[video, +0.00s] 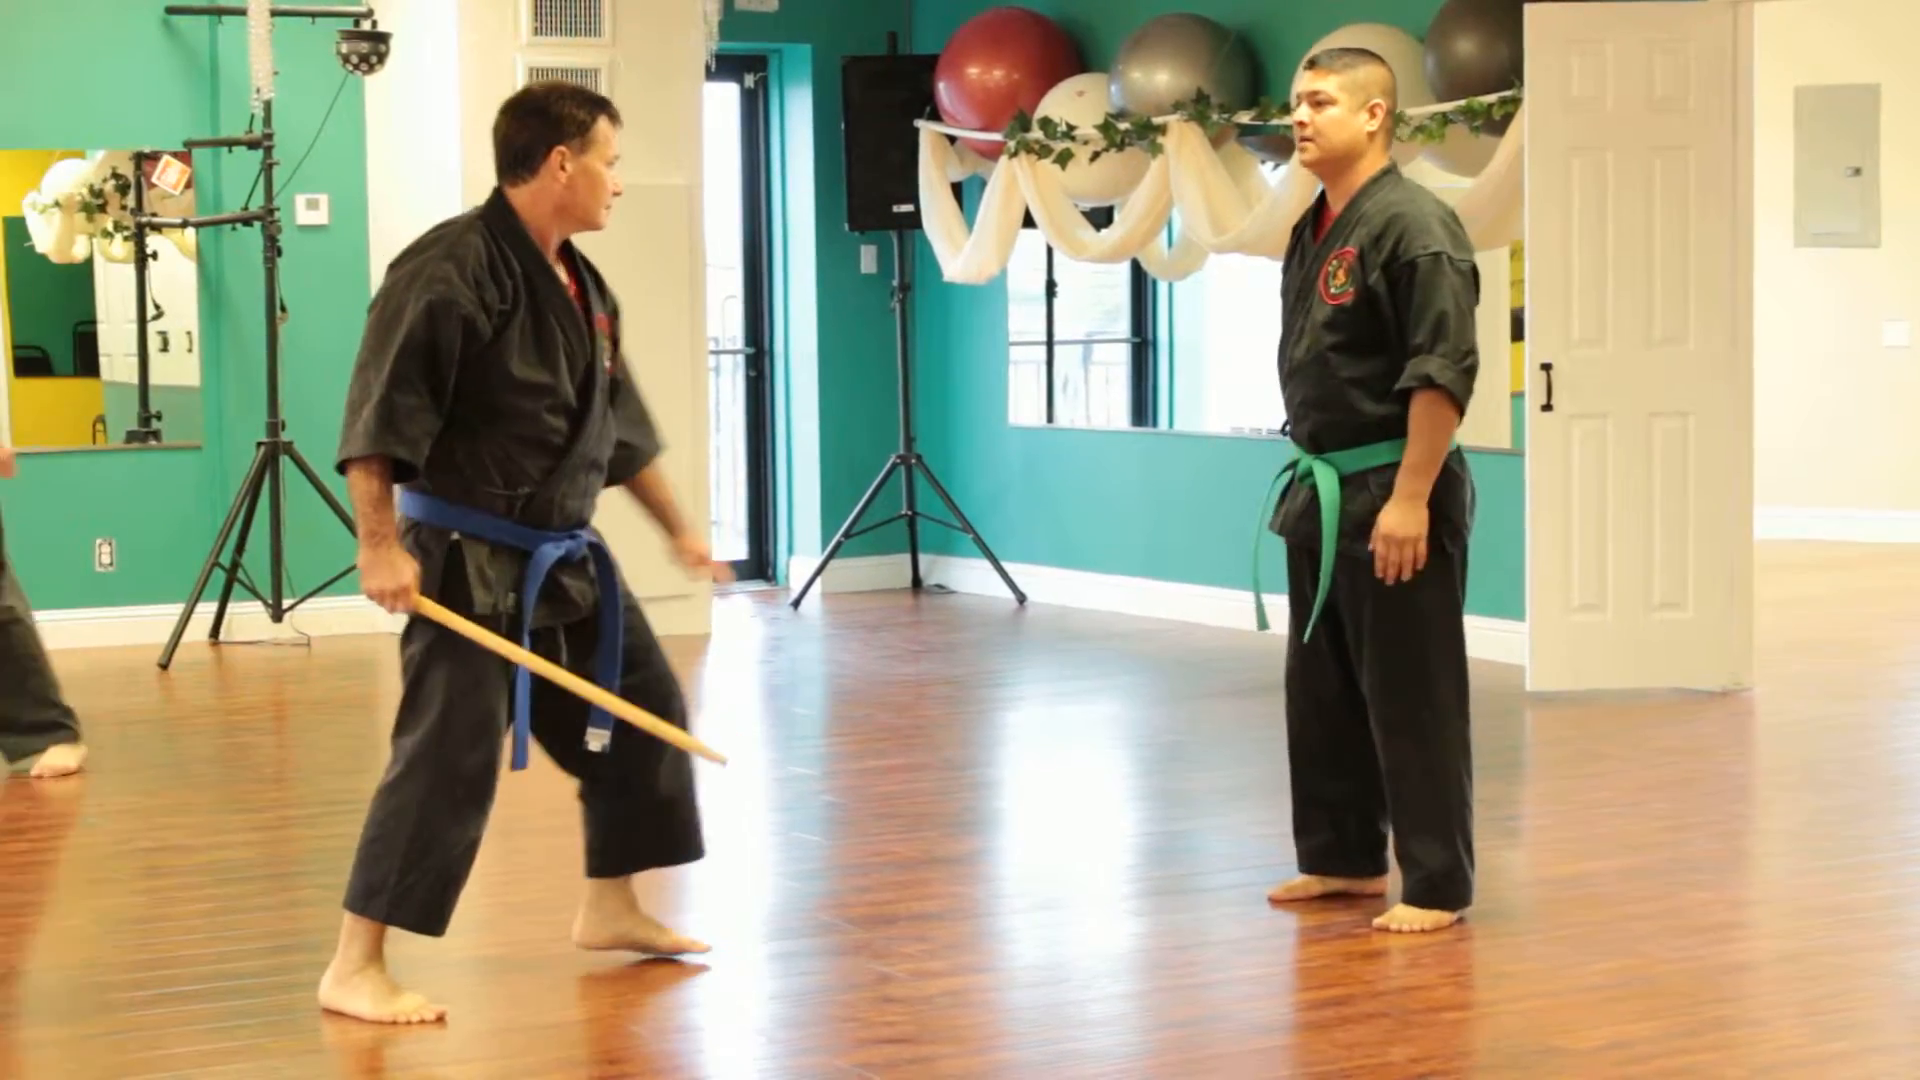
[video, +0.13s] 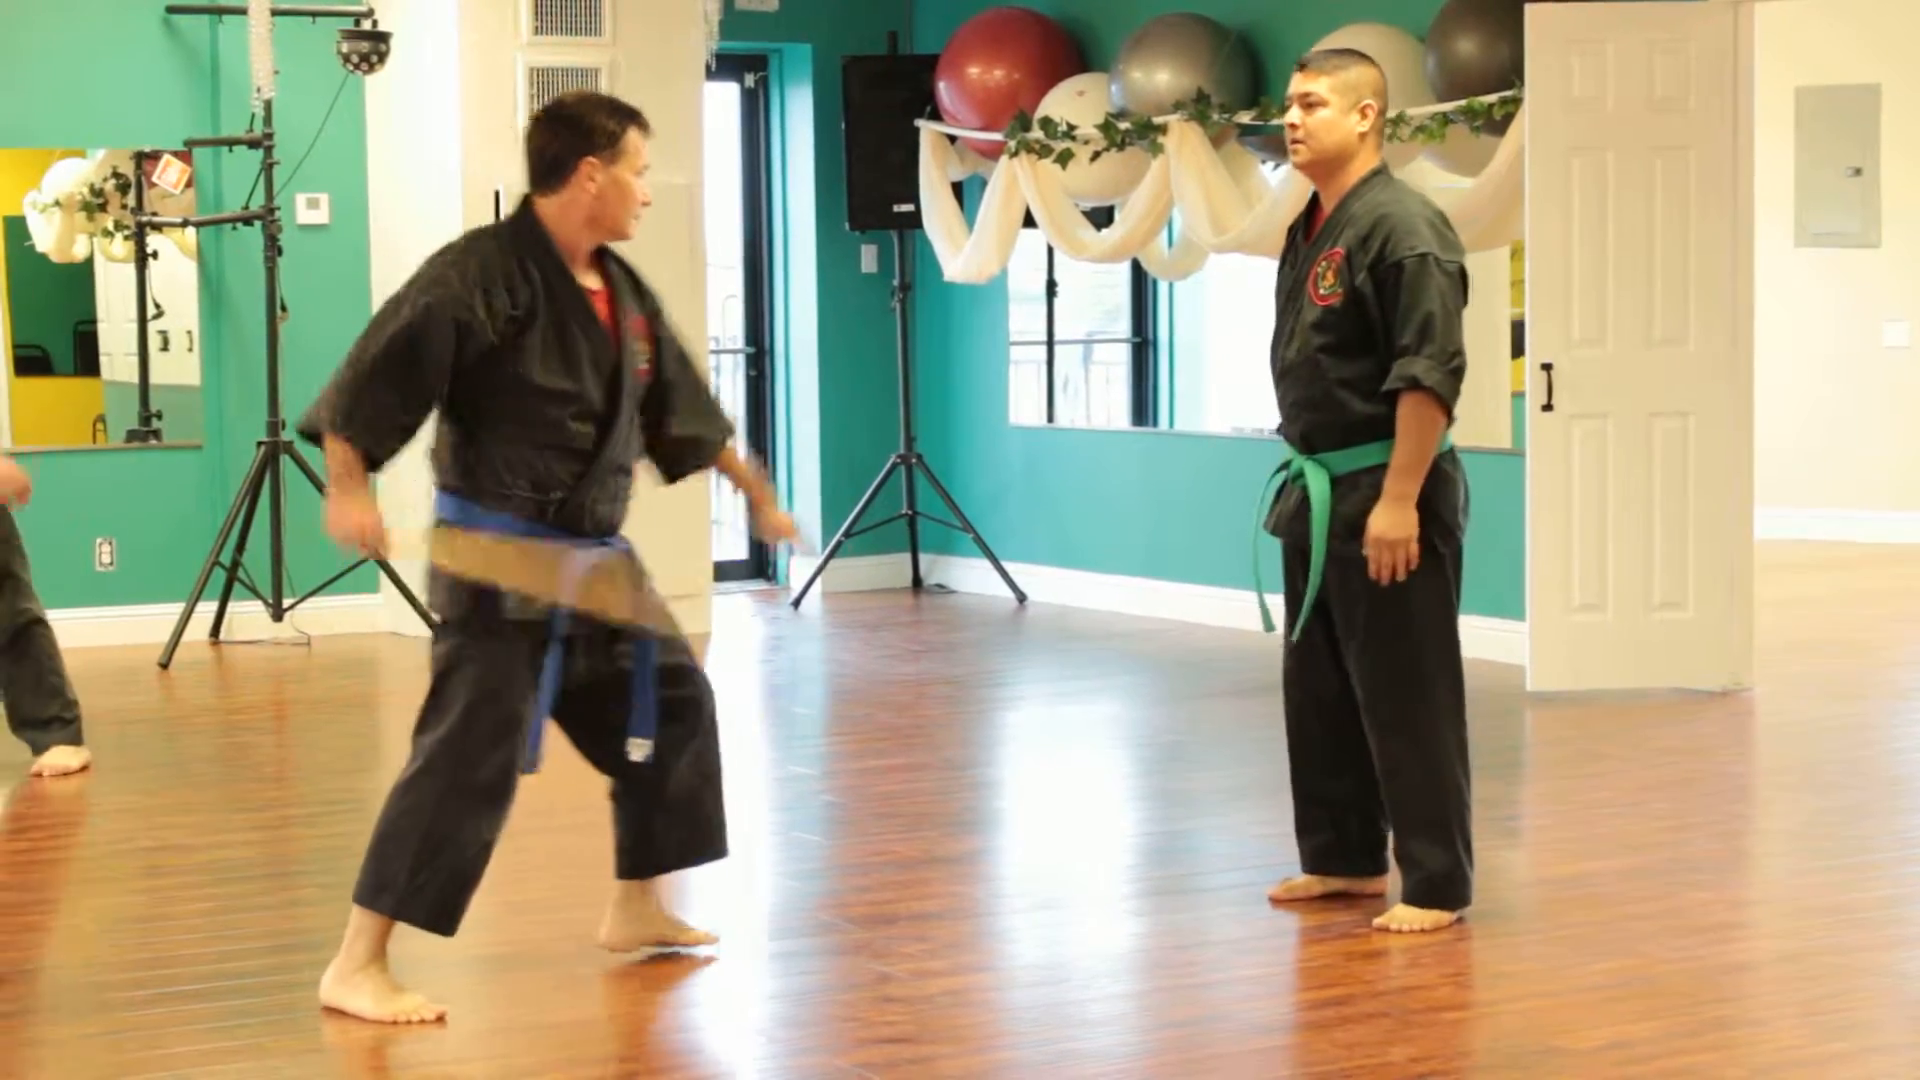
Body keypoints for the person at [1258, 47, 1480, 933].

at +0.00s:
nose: (1299, 118)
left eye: (1319, 102)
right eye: (1297, 104)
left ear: (1375, 116)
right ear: (1301, 121)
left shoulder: (1416, 222)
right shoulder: (1314, 225)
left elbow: (1443, 373)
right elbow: (1316, 360)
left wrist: (1412, 496)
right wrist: (1304, 470)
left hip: (1398, 479)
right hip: (1325, 479)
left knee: (1412, 691)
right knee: (1327, 684)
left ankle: (1437, 887)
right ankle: (1345, 861)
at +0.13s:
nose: (1290, 119)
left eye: (1310, 104)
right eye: (1290, 105)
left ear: (1367, 119)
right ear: (1299, 122)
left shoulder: (1407, 225)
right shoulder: (1310, 225)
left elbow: (1430, 375)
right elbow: (1313, 362)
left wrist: (1400, 498)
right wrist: (1298, 476)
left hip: (1390, 480)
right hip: (1321, 480)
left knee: (1407, 691)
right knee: (1324, 684)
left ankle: (1437, 888)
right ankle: (1346, 861)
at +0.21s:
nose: (1282, 121)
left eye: (1302, 106)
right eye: (1283, 107)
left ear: (1360, 119)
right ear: (1295, 124)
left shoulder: (1397, 226)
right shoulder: (1306, 226)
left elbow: (1419, 376)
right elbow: (1308, 363)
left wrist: (1385, 497)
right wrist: (1293, 476)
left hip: (1386, 480)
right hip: (1320, 480)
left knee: (1397, 689)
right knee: (1322, 684)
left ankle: (1434, 884)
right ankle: (1347, 861)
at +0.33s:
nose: (1276, 131)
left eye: (1295, 116)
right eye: (1274, 118)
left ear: (1352, 127)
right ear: (1291, 132)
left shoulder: (1377, 233)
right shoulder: (1313, 228)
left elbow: (1375, 385)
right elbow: (1312, 373)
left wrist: (1301, 477)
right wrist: (1268, 454)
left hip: (1385, 487)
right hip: (1318, 480)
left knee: (1375, 679)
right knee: (1307, 675)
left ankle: (1388, 873)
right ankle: (1336, 861)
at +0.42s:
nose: (1272, 144)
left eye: (1291, 129)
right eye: (1269, 131)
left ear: (1347, 140)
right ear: (1274, 145)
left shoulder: (1366, 239)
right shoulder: (1310, 241)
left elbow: (1335, 370)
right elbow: (1283, 369)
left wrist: (1220, 383)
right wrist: (1264, 387)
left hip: (1379, 497)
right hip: (1303, 494)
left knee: (1373, 688)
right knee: (1246, 658)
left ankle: (1384, 873)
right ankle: (1308, 824)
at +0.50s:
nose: (1268, 154)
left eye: (1286, 139)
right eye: (1264, 140)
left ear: (1340, 150)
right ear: (1269, 153)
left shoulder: (1359, 253)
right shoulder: (1309, 244)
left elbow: (1255, 349)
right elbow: (1282, 296)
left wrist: (1170, 291)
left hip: (1371, 505)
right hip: (1291, 500)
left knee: (1366, 684)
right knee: (1199, 642)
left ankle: (1383, 878)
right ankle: (1226, 812)